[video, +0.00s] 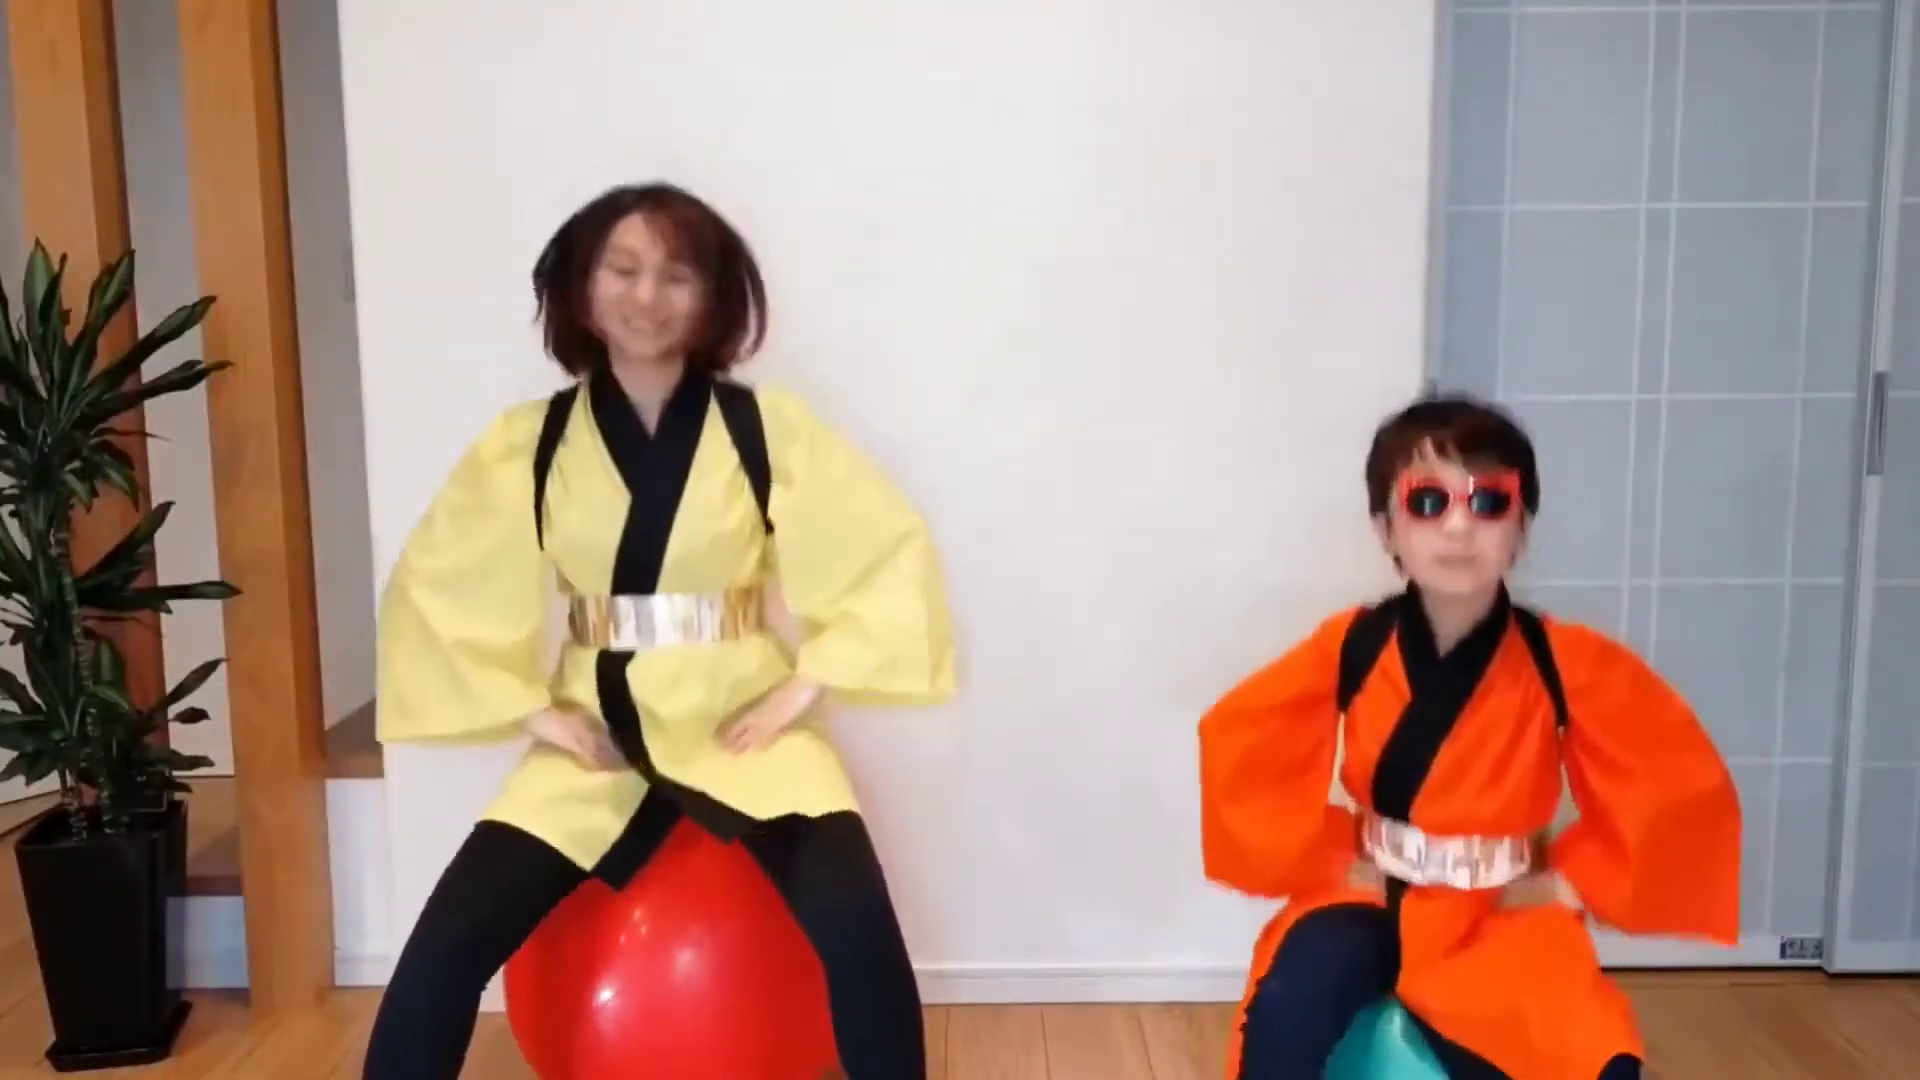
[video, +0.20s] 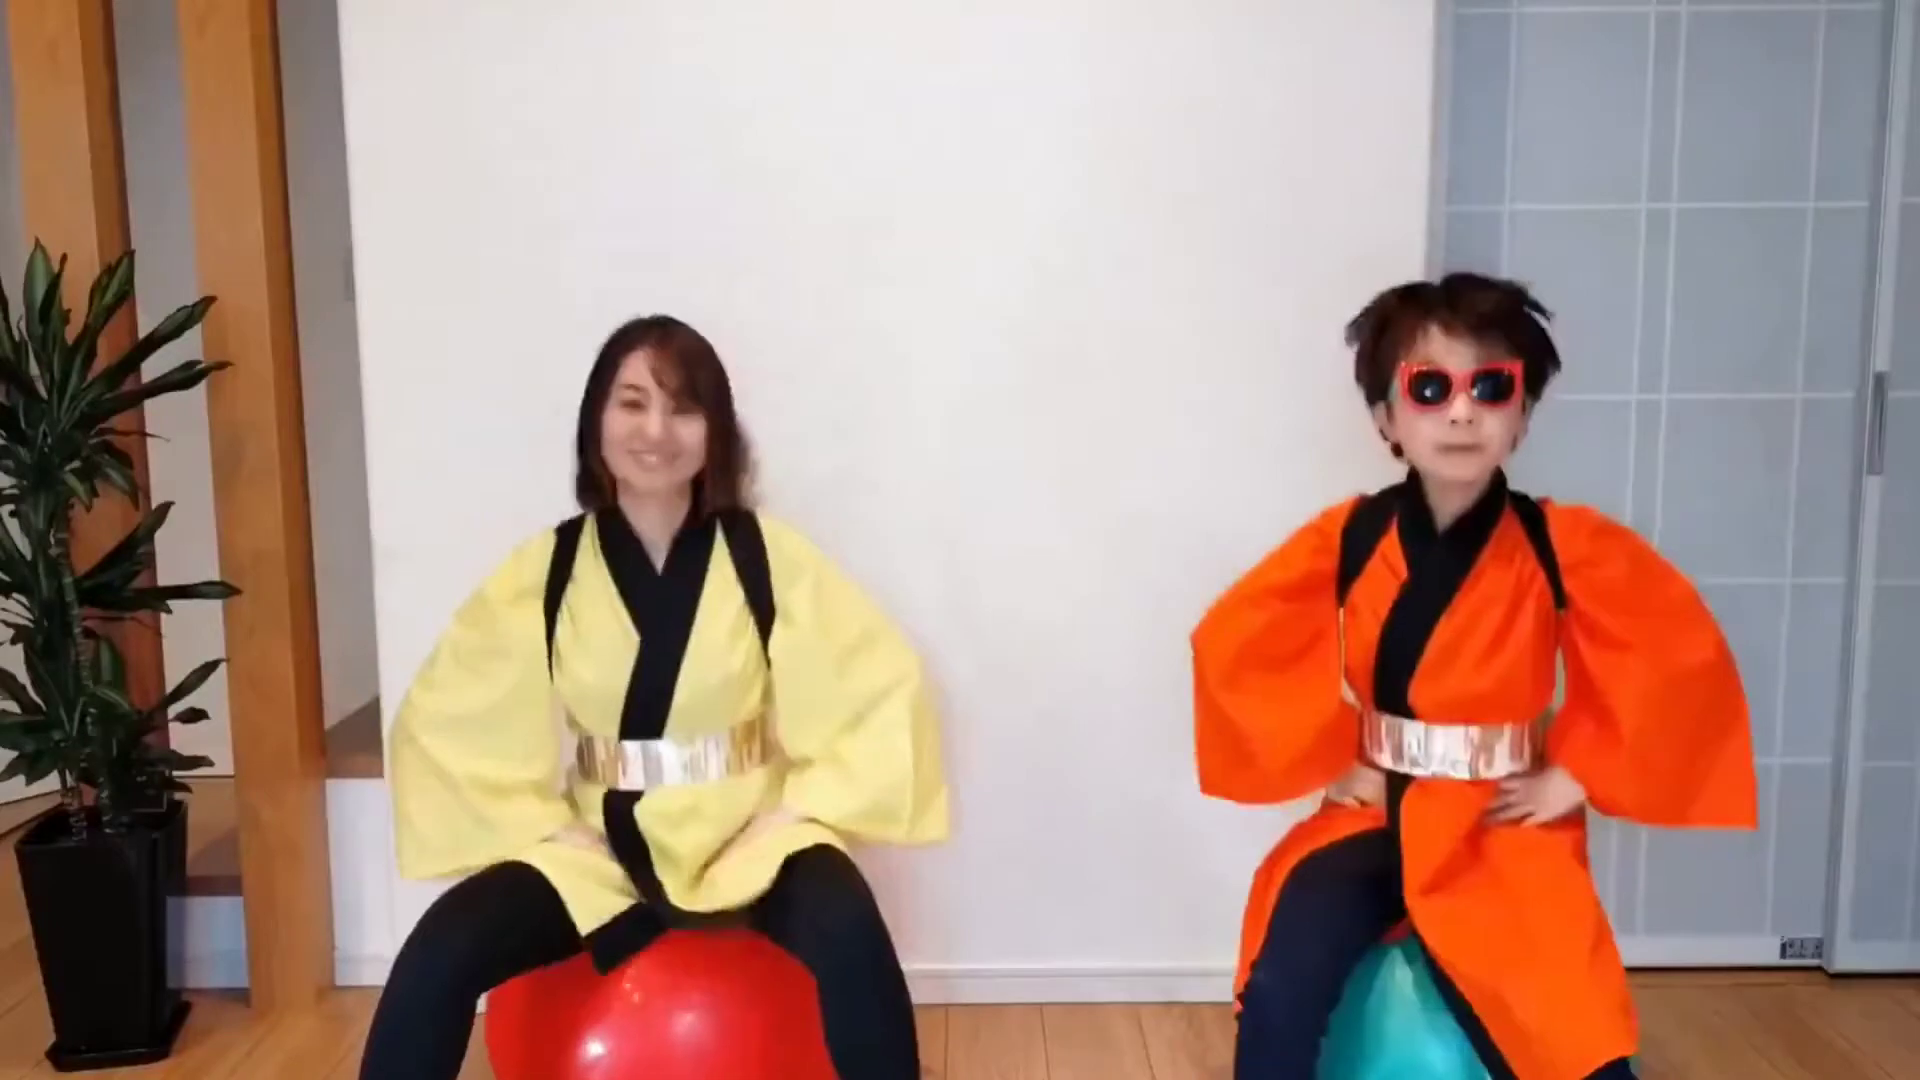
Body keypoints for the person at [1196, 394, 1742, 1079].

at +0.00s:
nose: (1459, 523)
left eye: (1489, 498)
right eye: (1427, 499)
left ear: (1521, 528)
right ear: (1385, 532)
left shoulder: (1564, 662)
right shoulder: (1352, 647)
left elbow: (1685, 787)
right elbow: (1233, 741)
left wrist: (1564, 879)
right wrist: (1331, 847)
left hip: (1506, 922)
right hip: (1372, 905)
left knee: (1600, 1056)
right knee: (1314, 964)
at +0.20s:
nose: (1462, 410)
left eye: (1492, 385)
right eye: (1431, 387)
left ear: (1526, 411)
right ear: (1388, 420)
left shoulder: (1561, 542)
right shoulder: (1351, 536)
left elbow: (1682, 653)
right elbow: (1230, 644)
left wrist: (1579, 772)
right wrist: (1331, 757)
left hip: (1508, 829)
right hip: (1371, 818)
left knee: (1584, 1034)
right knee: (1282, 988)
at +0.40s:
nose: (1454, 538)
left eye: (1482, 514)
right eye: (1422, 516)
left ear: (1513, 540)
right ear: (1379, 547)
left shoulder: (1553, 670)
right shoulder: (1346, 658)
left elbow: (1680, 790)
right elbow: (1224, 757)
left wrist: (1558, 886)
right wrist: (1336, 850)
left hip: (1501, 923)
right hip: (1366, 909)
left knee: (1578, 1037)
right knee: (1314, 975)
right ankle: (1267, 1065)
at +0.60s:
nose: (1460, 462)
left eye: (1490, 438)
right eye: (1429, 437)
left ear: (1522, 462)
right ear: (1385, 467)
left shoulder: (1558, 597)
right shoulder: (1348, 584)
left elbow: (1682, 725)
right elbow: (1227, 690)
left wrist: (1564, 837)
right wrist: (1334, 814)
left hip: (1507, 873)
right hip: (1369, 862)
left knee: (1598, 1043)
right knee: (1285, 999)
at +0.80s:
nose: (1471, 463)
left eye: (1503, 438)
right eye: (1440, 434)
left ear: (1530, 449)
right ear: (1392, 447)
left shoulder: (1559, 571)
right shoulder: (1348, 561)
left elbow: (1676, 681)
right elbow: (1225, 665)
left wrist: (1571, 801)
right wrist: (1326, 782)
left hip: (1507, 847)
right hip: (1370, 839)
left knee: (1600, 1037)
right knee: (1305, 938)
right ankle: (1274, 1067)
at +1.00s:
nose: (1464, 577)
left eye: (1495, 556)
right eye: (1433, 551)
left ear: (1521, 575)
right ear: (1384, 569)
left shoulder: (1555, 694)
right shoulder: (1345, 677)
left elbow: (1662, 805)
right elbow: (1241, 755)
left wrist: (1557, 898)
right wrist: (1324, 867)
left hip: (1502, 936)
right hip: (1368, 921)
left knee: (1584, 1057)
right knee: (1313, 986)